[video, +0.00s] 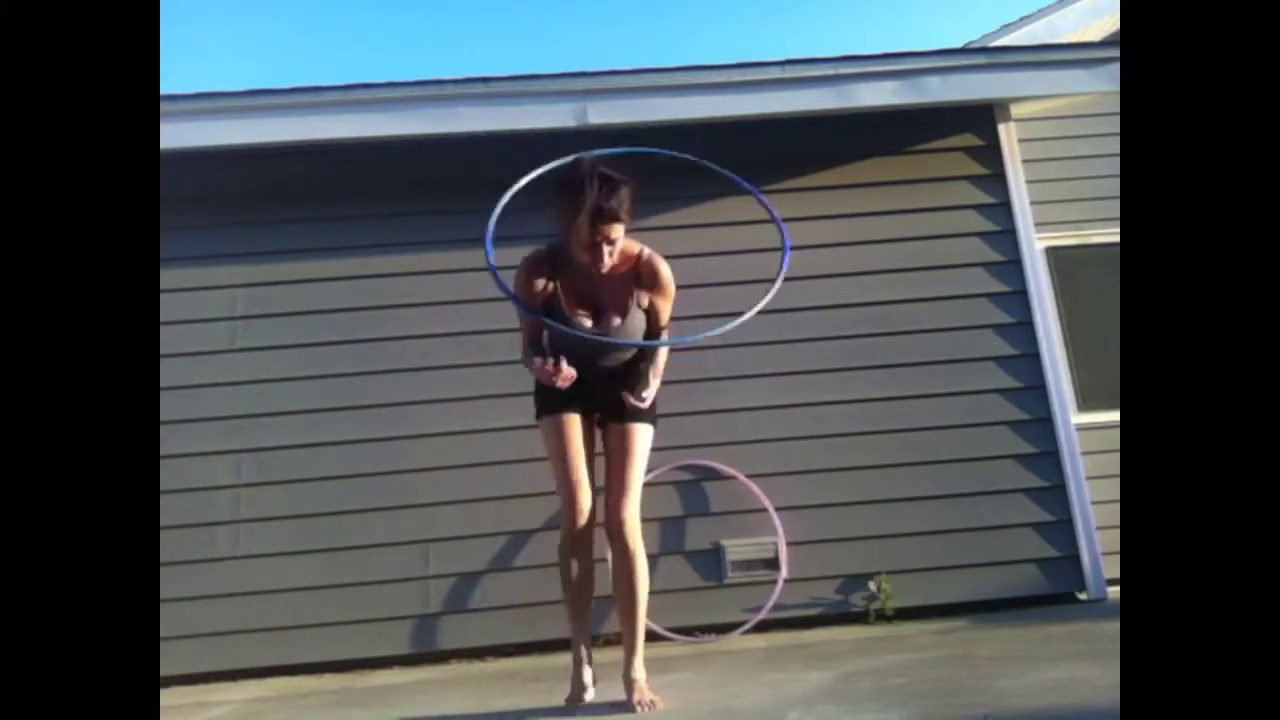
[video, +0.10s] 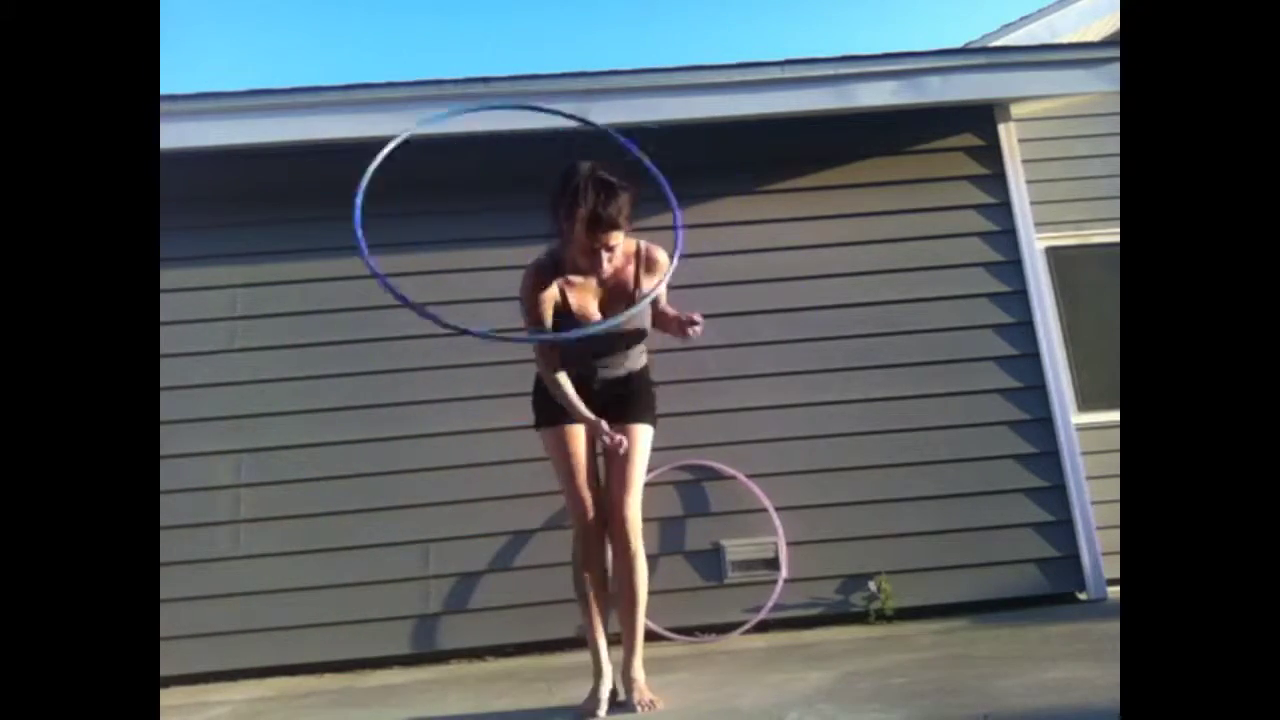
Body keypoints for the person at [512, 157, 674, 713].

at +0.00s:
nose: (602, 252)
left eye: (611, 241)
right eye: (592, 242)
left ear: (626, 224)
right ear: (568, 224)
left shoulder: (650, 270)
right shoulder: (539, 270)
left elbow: (659, 337)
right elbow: (530, 345)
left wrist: (650, 379)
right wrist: (545, 369)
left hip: (628, 380)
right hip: (563, 381)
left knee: (622, 519)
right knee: (578, 515)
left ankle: (635, 668)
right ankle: (582, 663)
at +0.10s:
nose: (605, 252)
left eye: (614, 241)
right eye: (594, 242)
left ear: (628, 227)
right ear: (569, 226)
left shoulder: (650, 259)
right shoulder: (543, 278)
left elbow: (653, 312)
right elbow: (548, 366)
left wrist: (674, 322)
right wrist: (592, 421)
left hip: (630, 384)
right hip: (564, 386)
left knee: (625, 517)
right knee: (588, 519)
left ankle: (634, 665)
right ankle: (602, 668)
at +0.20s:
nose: (608, 261)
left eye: (616, 249)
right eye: (597, 250)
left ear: (630, 234)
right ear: (570, 236)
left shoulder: (642, 253)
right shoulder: (549, 286)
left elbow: (653, 293)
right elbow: (555, 369)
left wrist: (676, 284)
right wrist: (605, 425)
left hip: (627, 384)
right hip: (565, 390)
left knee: (628, 526)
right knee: (591, 528)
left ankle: (634, 667)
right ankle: (603, 672)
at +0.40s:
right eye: (597, 258)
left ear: (620, 245)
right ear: (579, 248)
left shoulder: (645, 262)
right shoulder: (558, 296)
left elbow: (653, 309)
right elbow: (561, 382)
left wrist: (685, 290)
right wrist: (596, 453)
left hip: (620, 388)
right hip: (556, 394)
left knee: (623, 521)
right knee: (582, 523)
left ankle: (632, 667)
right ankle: (601, 672)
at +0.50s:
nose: (615, 272)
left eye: (623, 262)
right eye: (604, 263)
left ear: (639, 247)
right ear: (583, 251)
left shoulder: (653, 273)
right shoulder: (556, 295)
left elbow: (643, 332)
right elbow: (556, 384)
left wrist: (669, 328)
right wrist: (564, 462)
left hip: (619, 390)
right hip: (558, 398)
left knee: (637, 521)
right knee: (584, 530)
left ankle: (648, 664)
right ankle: (601, 674)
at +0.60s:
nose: (616, 269)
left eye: (626, 258)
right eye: (606, 258)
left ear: (640, 246)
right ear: (583, 246)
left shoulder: (657, 281)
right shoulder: (550, 291)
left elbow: (658, 348)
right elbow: (535, 365)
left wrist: (657, 374)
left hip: (621, 392)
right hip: (557, 397)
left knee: (658, 517)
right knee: (586, 531)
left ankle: (689, 650)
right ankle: (603, 672)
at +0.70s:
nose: (618, 269)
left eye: (627, 258)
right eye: (607, 259)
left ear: (640, 247)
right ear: (583, 247)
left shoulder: (658, 284)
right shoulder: (552, 277)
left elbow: (660, 367)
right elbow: (504, 329)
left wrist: (631, 423)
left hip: (629, 392)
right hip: (562, 393)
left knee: (679, 518)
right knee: (584, 528)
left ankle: (734, 646)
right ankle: (604, 673)